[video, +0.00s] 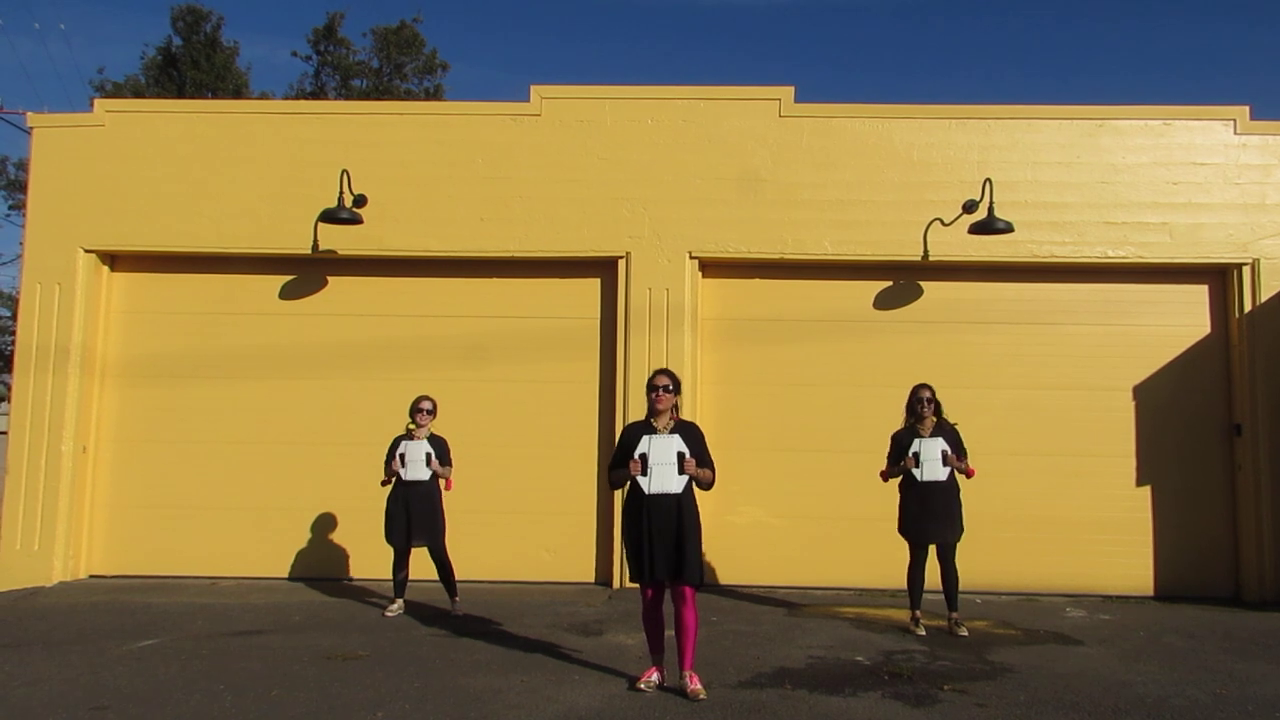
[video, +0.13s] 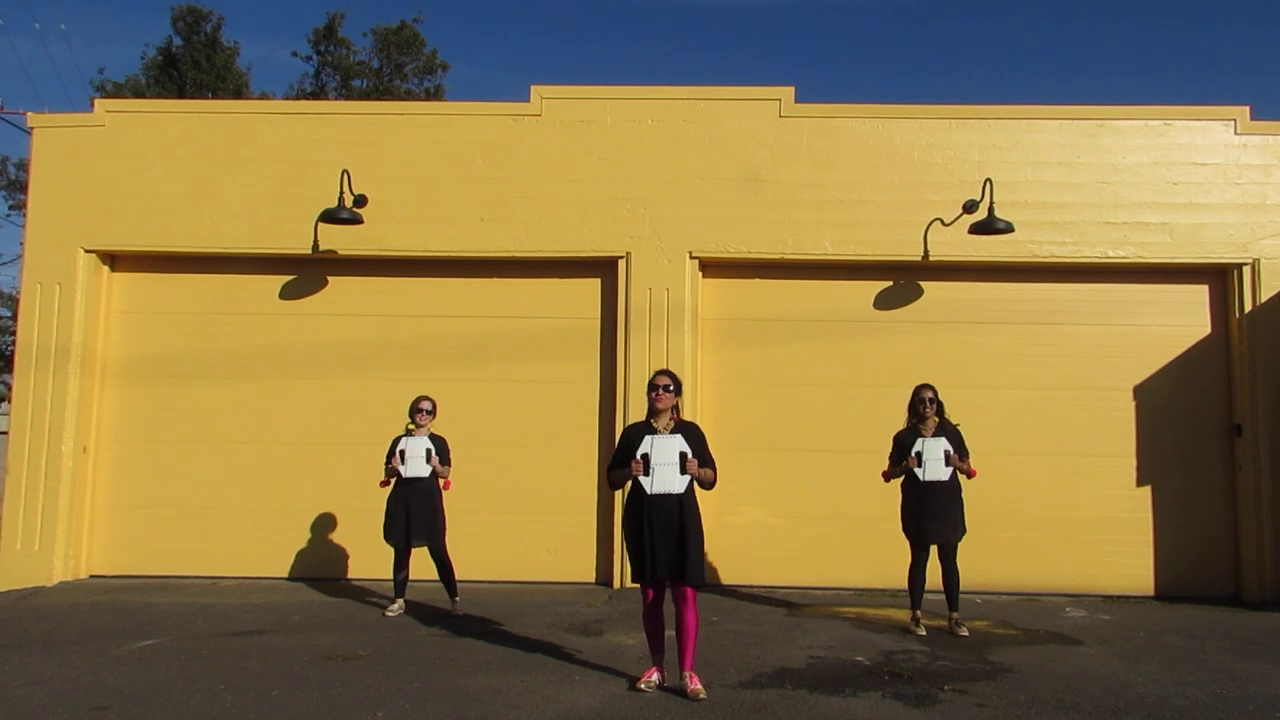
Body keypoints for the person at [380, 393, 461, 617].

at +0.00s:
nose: (423, 415)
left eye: (428, 412)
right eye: (419, 411)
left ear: (433, 416)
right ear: (412, 413)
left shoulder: (439, 442)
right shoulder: (400, 441)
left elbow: (448, 473)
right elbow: (388, 473)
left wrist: (437, 468)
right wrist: (393, 469)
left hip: (429, 503)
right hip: (402, 503)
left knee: (438, 551)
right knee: (401, 550)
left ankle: (454, 600)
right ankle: (398, 600)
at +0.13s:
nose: (423, 415)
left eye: (428, 412)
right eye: (418, 411)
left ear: (433, 416)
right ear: (412, 413)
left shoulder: (439, 442)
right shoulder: (399, 441)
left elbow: (446, 473)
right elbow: (388, 473)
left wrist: (437, 465)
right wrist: (394, 468)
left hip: (429, 502)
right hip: (403, 502)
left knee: (438, 551)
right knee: (401, 550)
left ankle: (454, 600)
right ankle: (398, 600)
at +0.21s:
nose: (423, 415)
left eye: (428, 412)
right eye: (418, 411)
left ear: (433, 415)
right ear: (412, 413)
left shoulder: (439, 440)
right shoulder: (400, 440)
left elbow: (447, 471)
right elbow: (389, 473)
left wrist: (437, 463)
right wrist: (395, 467)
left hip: (430, 500)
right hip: (404, 500)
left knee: (439, 550)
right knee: (402, 550)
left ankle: (455, 599)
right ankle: (399, 600)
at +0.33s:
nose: (425, 414)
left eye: (429, 411)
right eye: (420, 410)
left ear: (435, 414)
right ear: (414, 413)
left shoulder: (441, 437)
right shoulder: (403, 439)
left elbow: (451, 467)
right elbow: (392, 472)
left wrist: (439, 461)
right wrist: (396, 464)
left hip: (433, 502)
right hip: (406, 501)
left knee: (442, 551)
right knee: (404, 550)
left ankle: (455, 600)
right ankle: (400, 599)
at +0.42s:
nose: (426, 414)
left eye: (430, 411)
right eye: (421, 410)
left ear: (436, 414)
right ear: (415, 413)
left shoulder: (443, 438)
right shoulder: (404, 440)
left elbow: (453, 468)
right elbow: (396, 473)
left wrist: (440, 462)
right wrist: (398, 466)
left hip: (436, 501)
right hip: (409, 501)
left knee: (443, 550)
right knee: (405, 550)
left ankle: (455, 600)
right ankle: (400, 599)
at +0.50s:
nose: (427, 414)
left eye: (432, 410)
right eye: (423, 410)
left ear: (437, 414)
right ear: (416, 414)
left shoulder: (444, 439)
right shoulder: (407, 442)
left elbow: (454, 470)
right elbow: (400, 476)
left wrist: (441, 464)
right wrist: (400, 468)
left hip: (438, 500)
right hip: (412, 500)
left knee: (445, 550)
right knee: (406, 550)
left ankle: (455, 601)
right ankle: (400, 599)